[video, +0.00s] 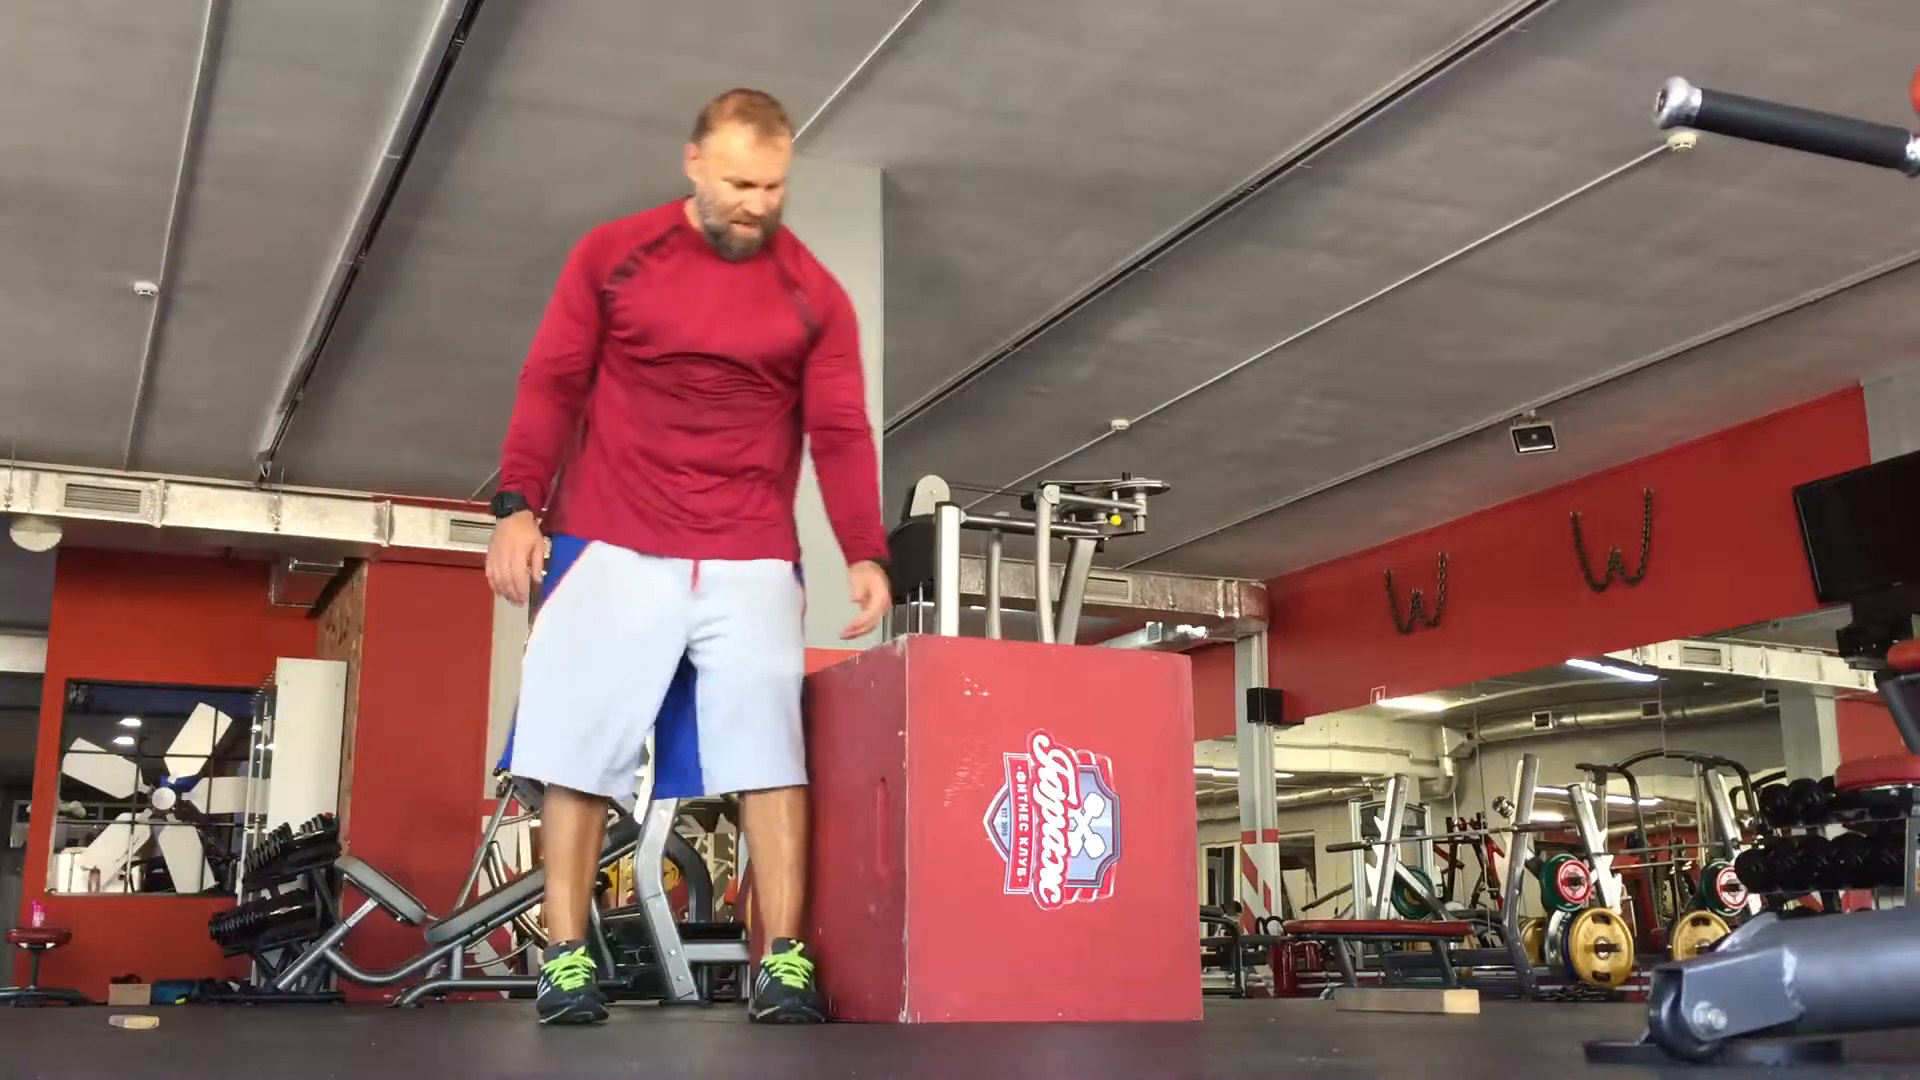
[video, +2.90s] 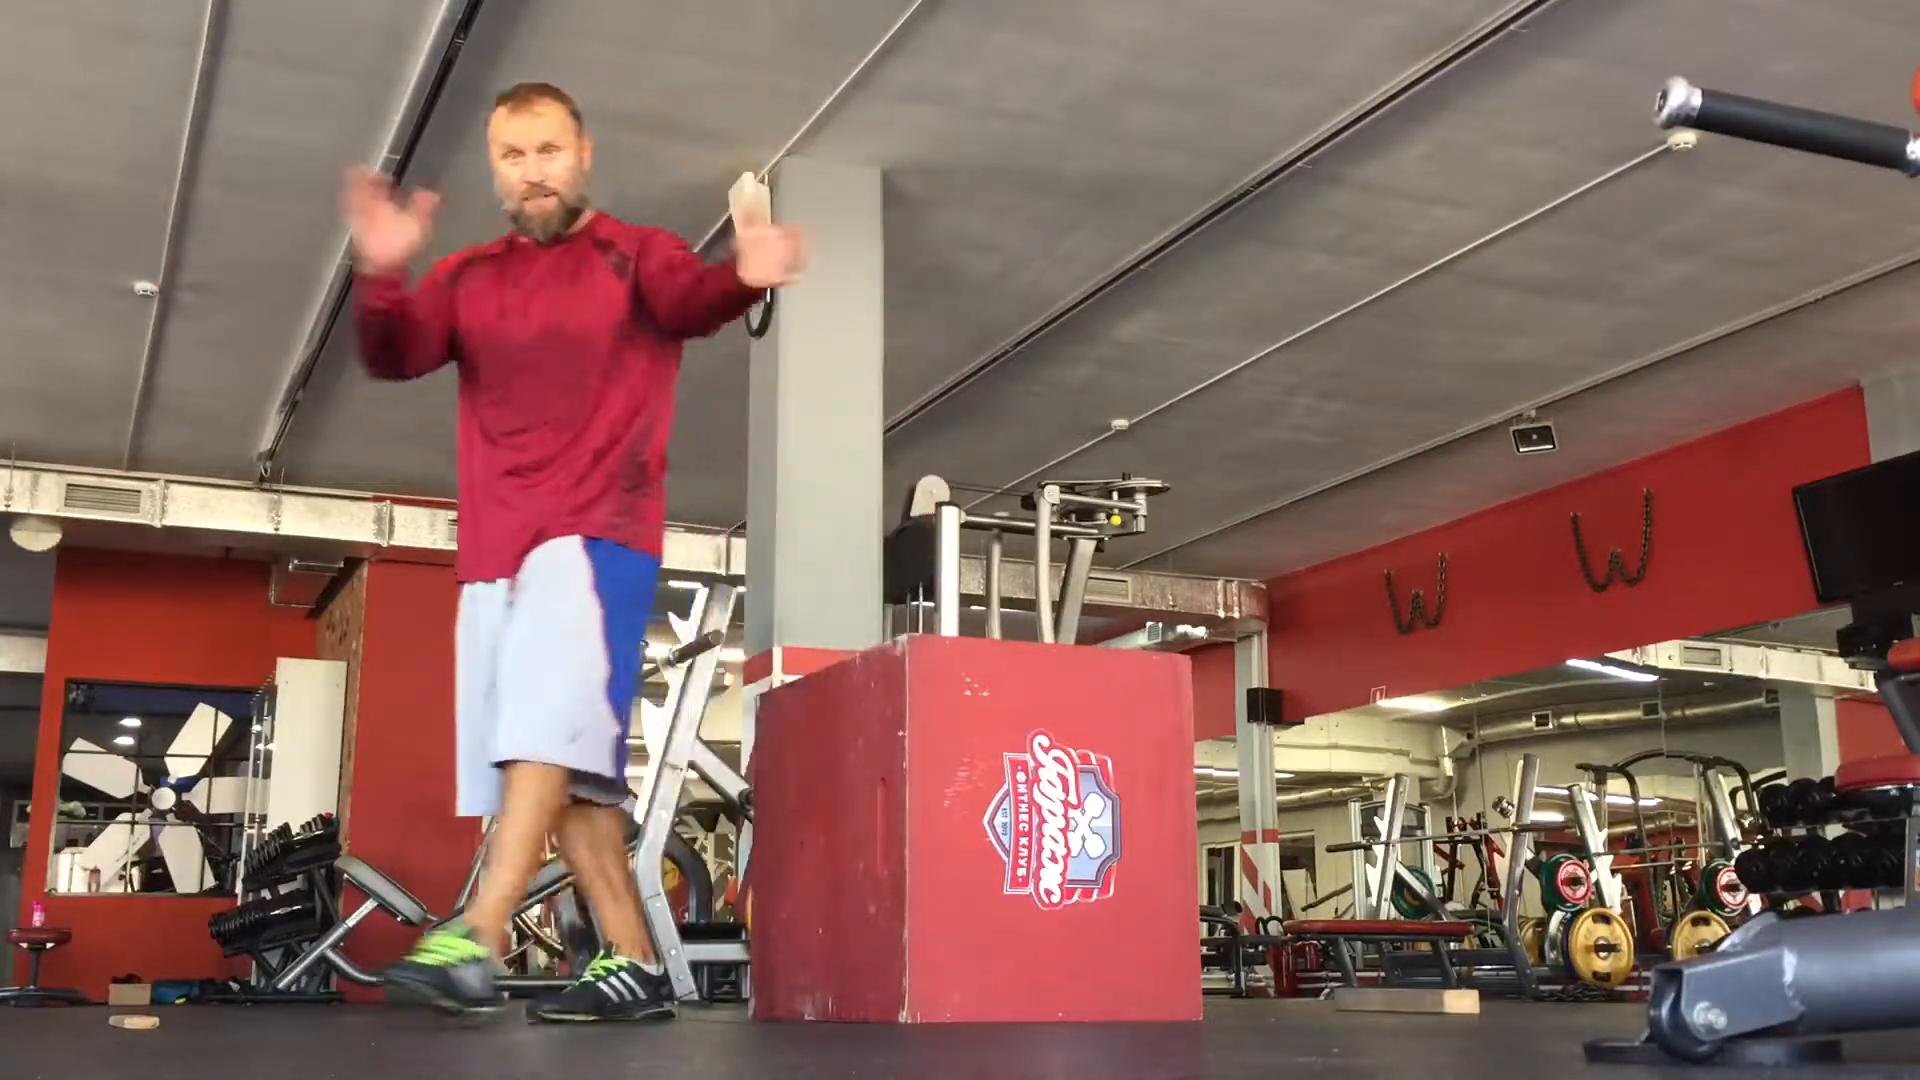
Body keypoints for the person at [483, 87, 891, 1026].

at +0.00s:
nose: (754, 203)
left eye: (770, 186)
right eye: (737, 183)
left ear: (788, 178)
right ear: (692, 165)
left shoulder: (815, 298)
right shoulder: (612, 256)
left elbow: (842, 435)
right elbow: (552, 382)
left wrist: (865, 553)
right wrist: (518, 506)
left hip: (752, 553)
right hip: (613, 543)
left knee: (768, 739)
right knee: (581, 741)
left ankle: (781, 957)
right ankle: (565, 955)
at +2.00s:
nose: (810, 153)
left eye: (831, 134)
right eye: (792, 131)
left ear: (859, 142)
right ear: (760, 134)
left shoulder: (895, 277)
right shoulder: (690, 228)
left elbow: (905, 428)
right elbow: (631, 356)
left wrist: (892, 569)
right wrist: (603, 476)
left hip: (804, 532)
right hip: (673, 516)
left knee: (789, 742)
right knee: (648, 732)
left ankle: (779, 956)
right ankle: (646, 952)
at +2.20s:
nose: (747, 147)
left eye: (766, 129)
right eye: (729, 130)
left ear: (797, 139)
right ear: (702, 141)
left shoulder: (849, 268)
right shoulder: (647, 248)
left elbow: (887, 380)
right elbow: (590, 356)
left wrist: (861, 433)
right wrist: (608, 423)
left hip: (784, 531)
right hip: (656, 528)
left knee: (782, 742)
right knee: (636, 740)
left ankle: (779, 958)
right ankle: (640, 964)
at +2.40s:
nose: (676, 167)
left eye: (694, 150)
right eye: (657, 153)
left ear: (726, 162)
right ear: (634, 169)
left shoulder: (767, 253)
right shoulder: (597, 252)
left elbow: (805, 279)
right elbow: (567, 291)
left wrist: (798, 280)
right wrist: (605, 288)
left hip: (741, 549)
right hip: (615, 553)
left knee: (762, 750)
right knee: (618, 754)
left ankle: (775, 958)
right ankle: (636, 963)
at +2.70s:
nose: (594, 178)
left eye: (610, 160)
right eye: (574, 164)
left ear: (641, 165)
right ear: (550, 176)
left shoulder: (688, 253)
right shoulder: (522, 261)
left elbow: (721, 283)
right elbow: (492, 294)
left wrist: (698, 251)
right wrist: (530, 270)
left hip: (655, 527)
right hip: (550, 537)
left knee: (652, 726)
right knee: (575, 742)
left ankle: (662, 947)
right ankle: (623, 949)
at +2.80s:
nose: (566, 175)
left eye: (582, 156)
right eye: (546, 161)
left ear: (614, 163)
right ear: (525, 176)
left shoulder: (659, 253)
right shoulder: (505, 270)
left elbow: (690, 278)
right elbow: (452, 329)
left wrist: (717, 253)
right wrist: (469, 282)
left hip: (627, 522)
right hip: (529, 532)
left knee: (607, 720)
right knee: (569, 739)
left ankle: (579, 940)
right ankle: (631, 958)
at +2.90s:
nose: (532, 168)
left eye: (549, 148)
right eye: (513, 153)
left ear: (585, 156)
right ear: (493, 170)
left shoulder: (634, 254)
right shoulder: (463, 276)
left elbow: (687, 295)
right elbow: (391, 356)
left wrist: (739, 275)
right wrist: (381, 275)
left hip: (599, 525)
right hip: (497, 536)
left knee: (546, 716)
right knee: (551, 744)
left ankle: (481, 940)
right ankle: (636, 963)